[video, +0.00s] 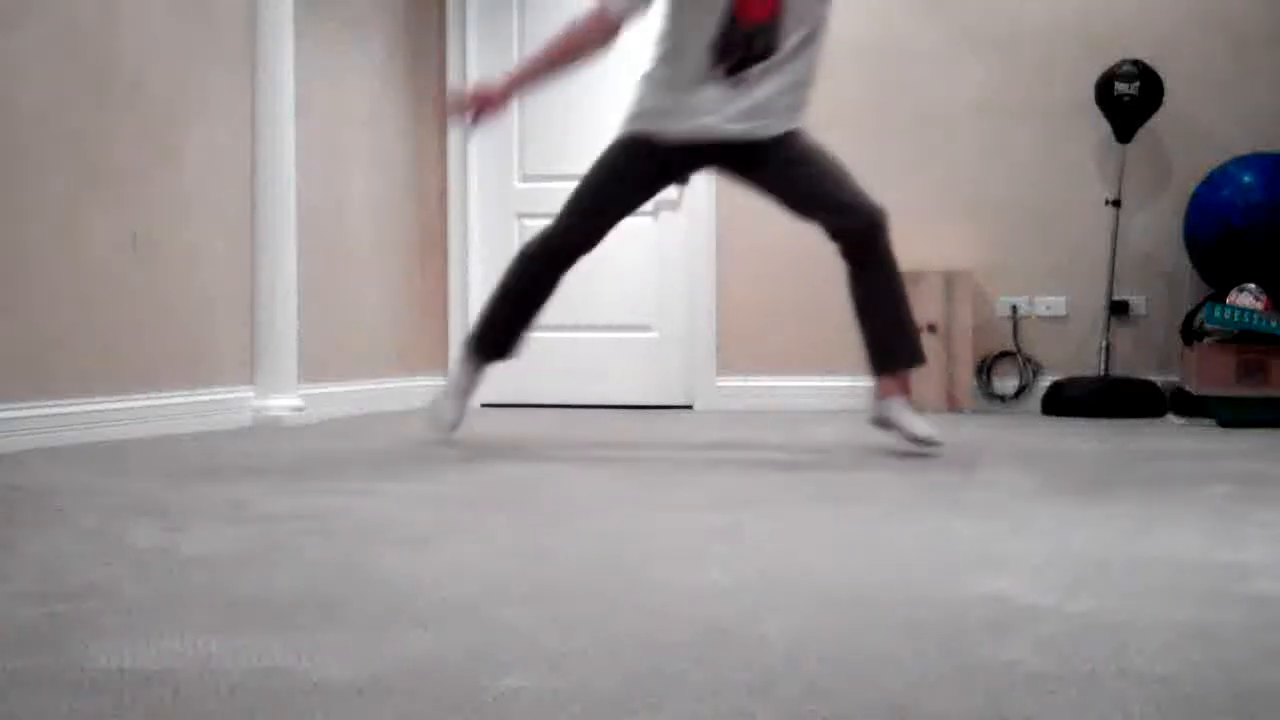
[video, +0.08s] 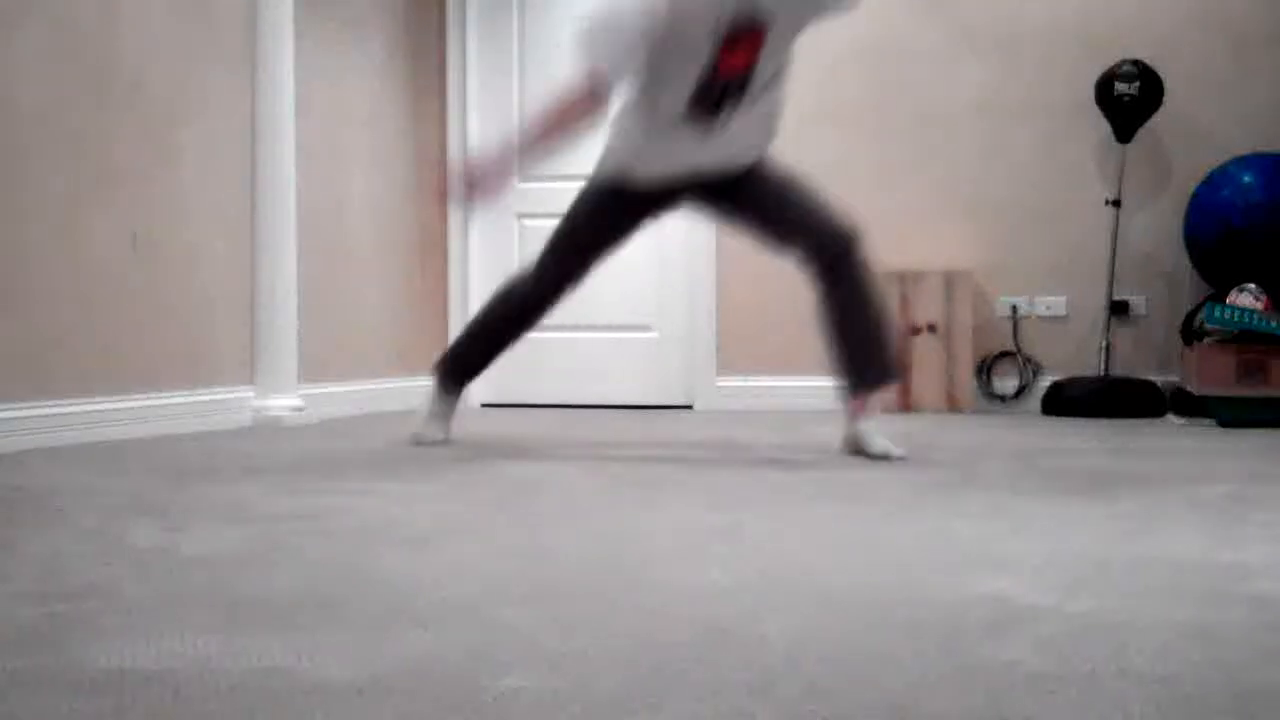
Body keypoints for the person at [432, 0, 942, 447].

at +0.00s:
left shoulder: (811, 11)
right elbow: (601, 25)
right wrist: (504, 90)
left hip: (763, 131)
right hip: (665, 128)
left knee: (863, 225)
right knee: (564, 241)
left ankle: (892, 395)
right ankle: (471, 367)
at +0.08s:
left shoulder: (792, 8)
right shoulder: (662, 11)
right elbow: (590, 92)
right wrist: (498, 165)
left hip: (734, 166)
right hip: (638, 171)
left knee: (834, 246)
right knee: (547, 282)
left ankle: (862, 416)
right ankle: (447, 386)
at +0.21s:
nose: (726, 42)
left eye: (737, 29)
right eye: (715, 28)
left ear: (752, 29)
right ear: (692, 29)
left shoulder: (762, 67)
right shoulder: (657, 96)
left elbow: (835, 52)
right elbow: (604, 203)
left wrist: (904, 19)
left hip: (693, 217)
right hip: (612, 224)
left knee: (801, 262)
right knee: (522, 342)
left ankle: (852, 423)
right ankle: (437, 433)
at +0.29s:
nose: (712, 91)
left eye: (720, 75)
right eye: (698, 78)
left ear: (734, 72)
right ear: (670, 80)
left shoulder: (751, 98)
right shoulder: (634, 140)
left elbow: (842, 91)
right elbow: (619, 289)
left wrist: (932, 71)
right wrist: (585, 409)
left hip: (685, 232)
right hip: (602, 241)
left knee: (791, 262)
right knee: (510, 357)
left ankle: (849, 423)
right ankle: (436, 425)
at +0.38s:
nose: (681, 127)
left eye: (687, 110)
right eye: (664, 118)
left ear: (700, 104)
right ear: (638, 124)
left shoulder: (733, 117)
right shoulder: (619, 185)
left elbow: (830, 113)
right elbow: (633, 319)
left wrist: (891, 117)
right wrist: (622, 431)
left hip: (696, 233)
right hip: (620, 248)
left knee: (793, 262)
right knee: (522, 349)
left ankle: (849, 424)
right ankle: (429, 430)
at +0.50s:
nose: (575, 157)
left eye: (578, 137)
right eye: (561, 151)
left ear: (608, 124)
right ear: (557, 162)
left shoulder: (676, 141)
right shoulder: (597, 213)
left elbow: (785, 113)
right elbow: (631, 326)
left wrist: (766, 137)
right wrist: (622, 434)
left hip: (754, 214)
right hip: (671, 241)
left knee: (817, 266)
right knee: (572, 308)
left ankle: (851, 424)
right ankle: (473, 391)